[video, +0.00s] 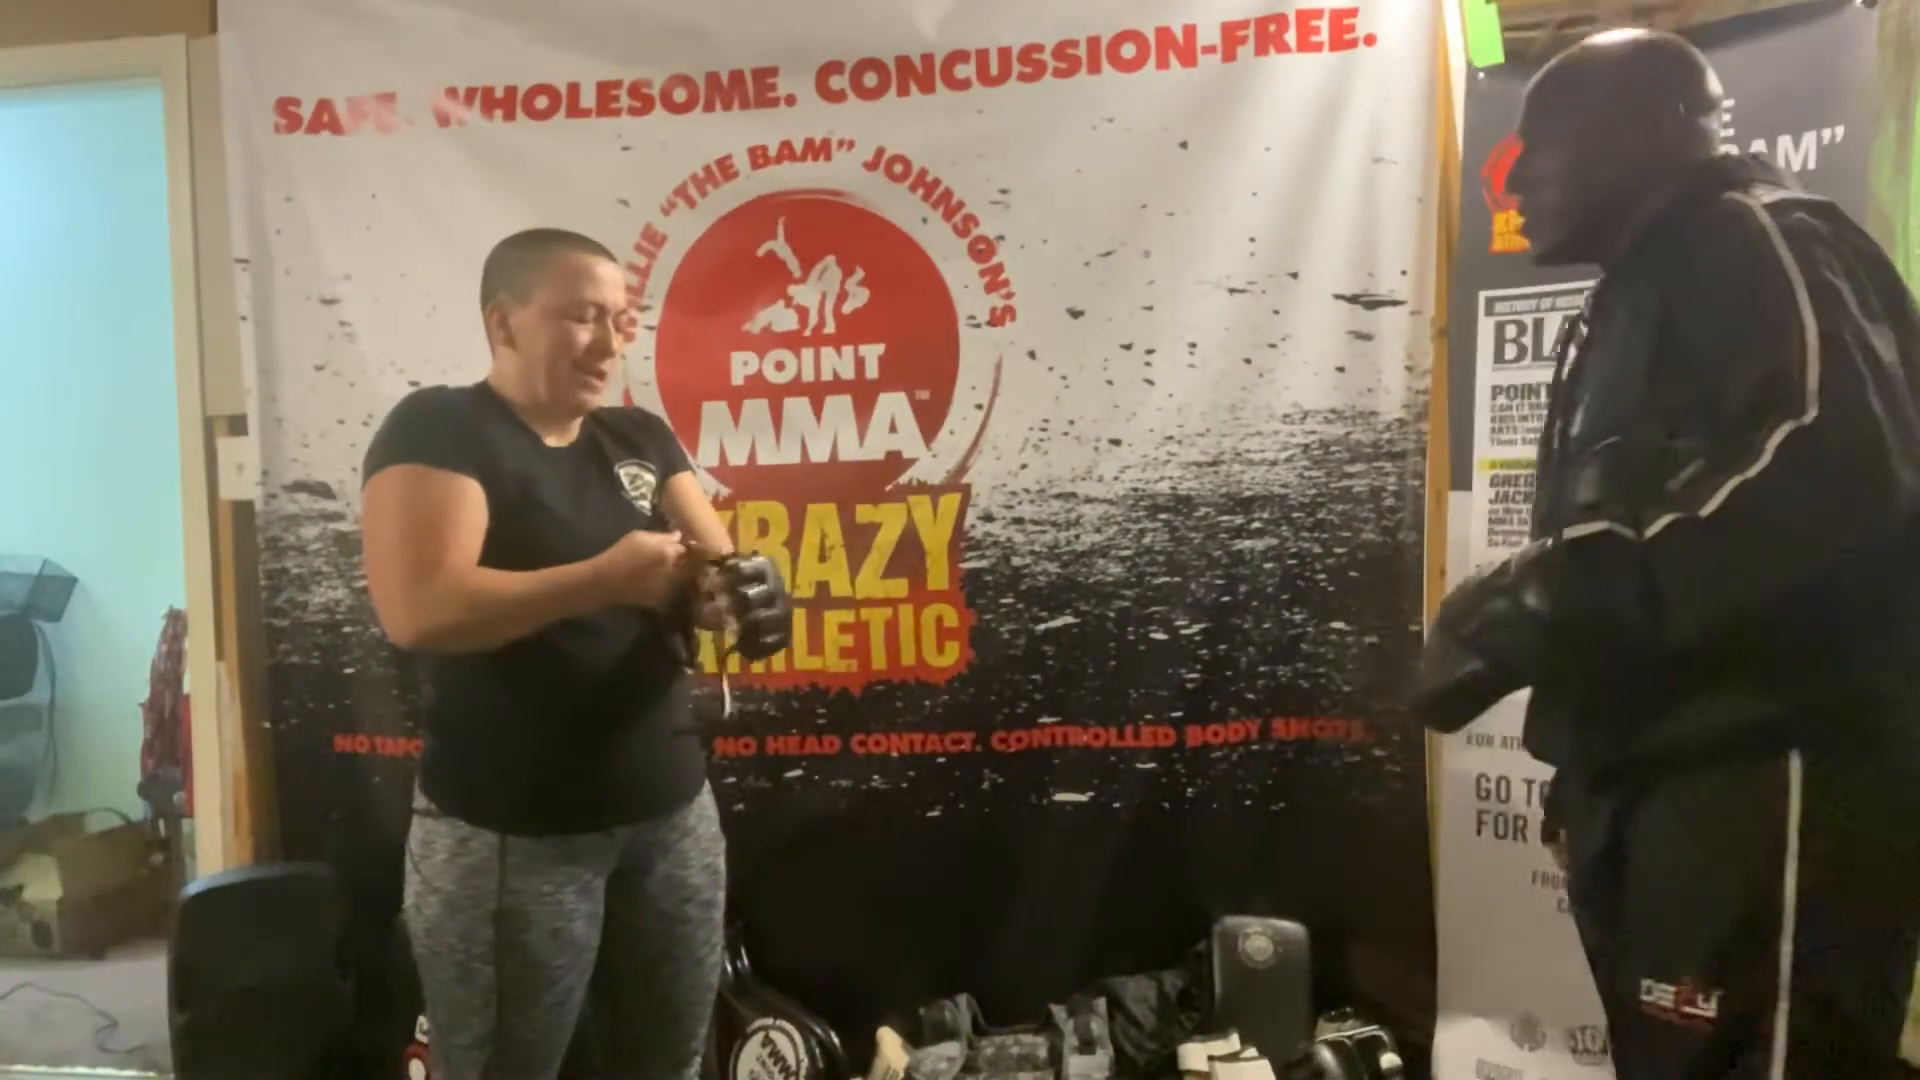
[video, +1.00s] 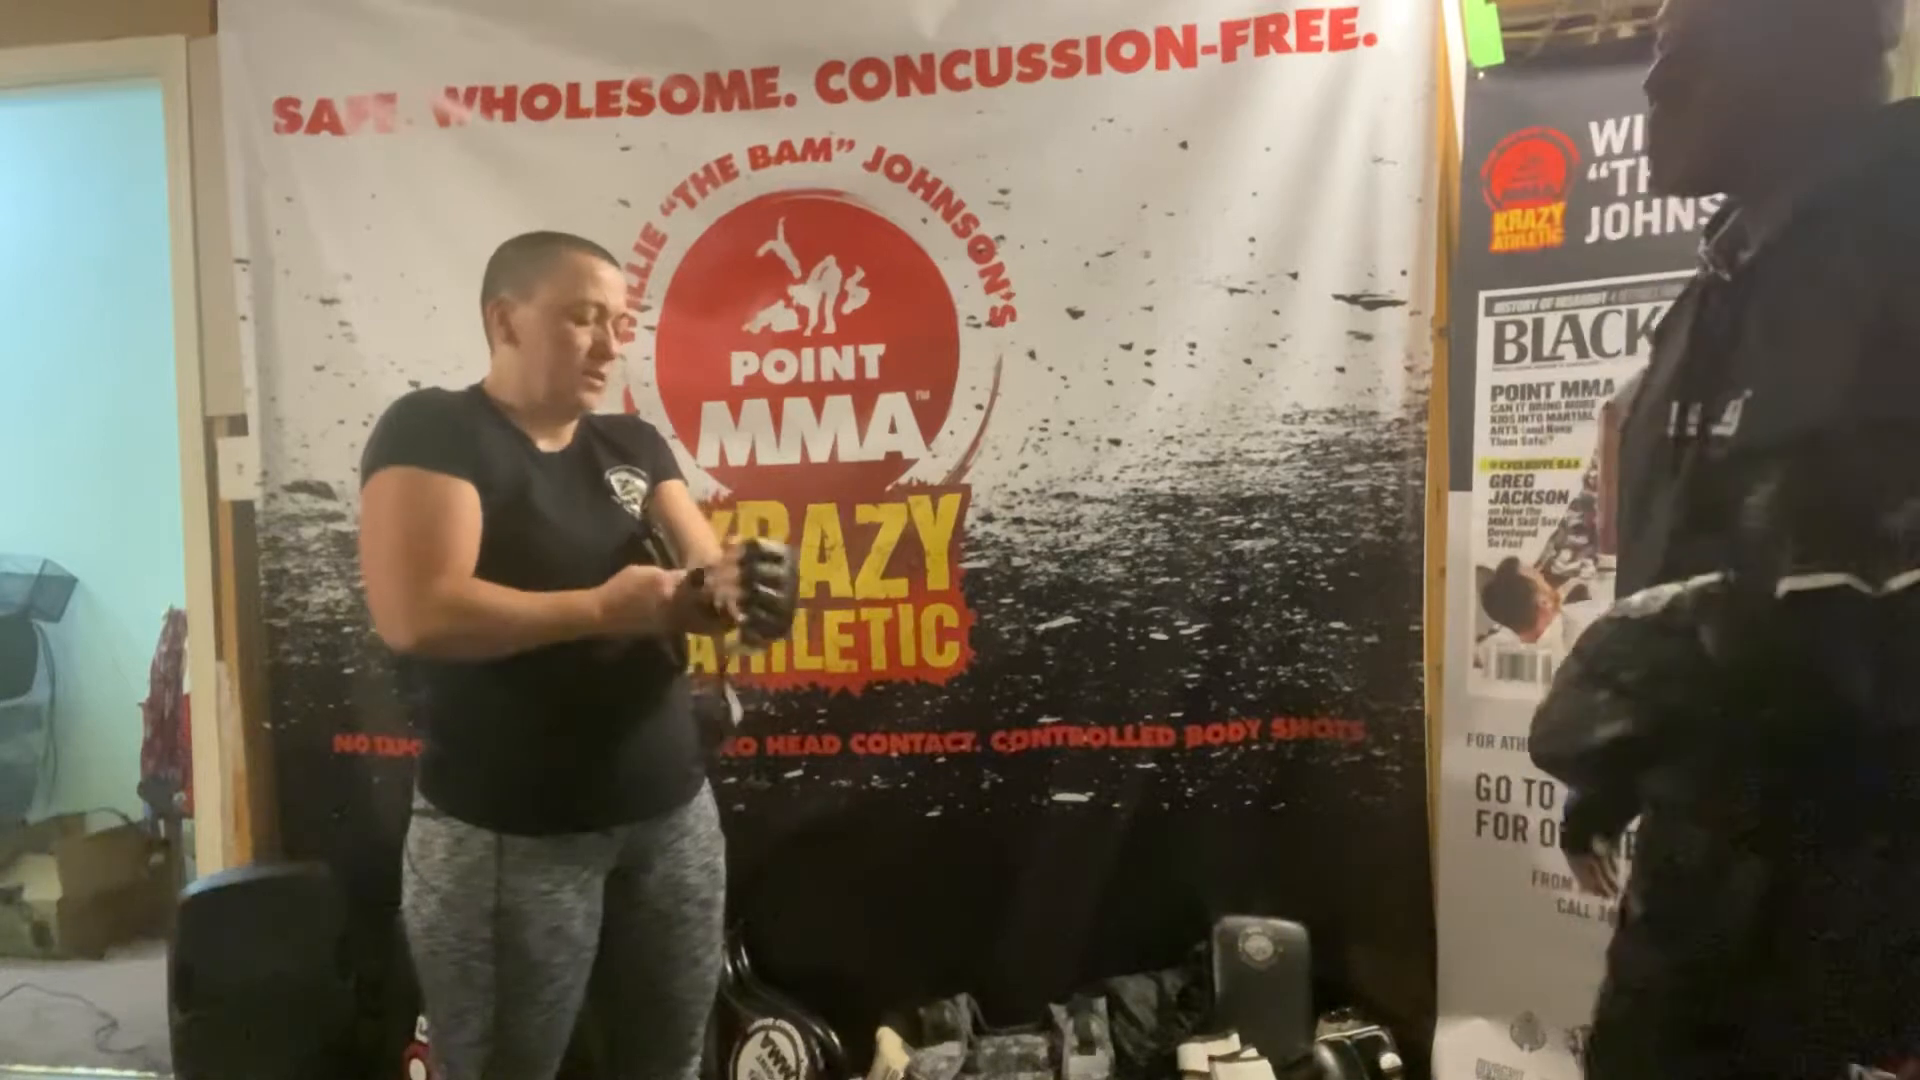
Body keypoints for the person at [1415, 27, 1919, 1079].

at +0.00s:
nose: (1511, 169)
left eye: (1539, 139)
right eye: (1518, 142)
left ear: (1637, 136)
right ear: (1621, 148)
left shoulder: (1755, 233)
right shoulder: (1624, 303)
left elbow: (1838, 464)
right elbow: (1610, 529)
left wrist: (1547, 602)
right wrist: (1582, 769)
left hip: (1777, 787)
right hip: (1672, 789)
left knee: (1769, 1057)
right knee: (1679, 1055)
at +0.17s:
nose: (1514, 191)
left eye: (1534, 158)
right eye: (1517, 163)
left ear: (1635, 145)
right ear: (1625, 160)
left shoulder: (1766, 234)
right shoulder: (1635, 307)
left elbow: (1854, 457)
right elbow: (1618, 543)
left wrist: (1590, 600)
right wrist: (1585, 770)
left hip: (1795, 777)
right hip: (1681, 785)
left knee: (1785, 1053)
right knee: (1680, 1051)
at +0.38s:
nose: (1538, 181)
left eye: (1558, 149)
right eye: (1540, 154)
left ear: (1658, 137)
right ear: (1643, 148)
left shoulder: (1782, 230)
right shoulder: (1652, 304)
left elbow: (1880, 458)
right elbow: (1623, 553)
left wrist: (1622, 604)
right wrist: (1577, 770)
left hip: (1795, 777)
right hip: (1692, 782)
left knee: (1728, 1044)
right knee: (1671, 1041)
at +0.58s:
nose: (1585, 158)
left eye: (1613, 122)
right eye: (1590, 127)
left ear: (1712, 120)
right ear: (1699, 133)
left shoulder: (1823, 232)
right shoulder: (1688, 293)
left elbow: (1890, 484)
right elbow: (1631, 558)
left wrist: (1645, 611)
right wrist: (1559, 764)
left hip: (1798, 796)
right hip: (1686, 792)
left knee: (1792, 1055)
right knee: (1670, 1052)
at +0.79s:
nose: (1630, 120)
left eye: (1663, 85)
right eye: (1636, 89)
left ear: (1777, 83)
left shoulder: (1888, 229)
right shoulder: (1698, 311)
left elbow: (1897, 594)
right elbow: (1664, 569)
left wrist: (1621, 621)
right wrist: (1604, 759)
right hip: (1692, 864)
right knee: (1662, 1055)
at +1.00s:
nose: (1647, 70)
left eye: (1683, 37)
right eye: (1657, 43)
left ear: (1814, 40)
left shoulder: (1892, 216)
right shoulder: (1702, 303)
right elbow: (1665, 579)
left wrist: (1652, 665)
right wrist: (1613, 769)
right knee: (1647, 1053)